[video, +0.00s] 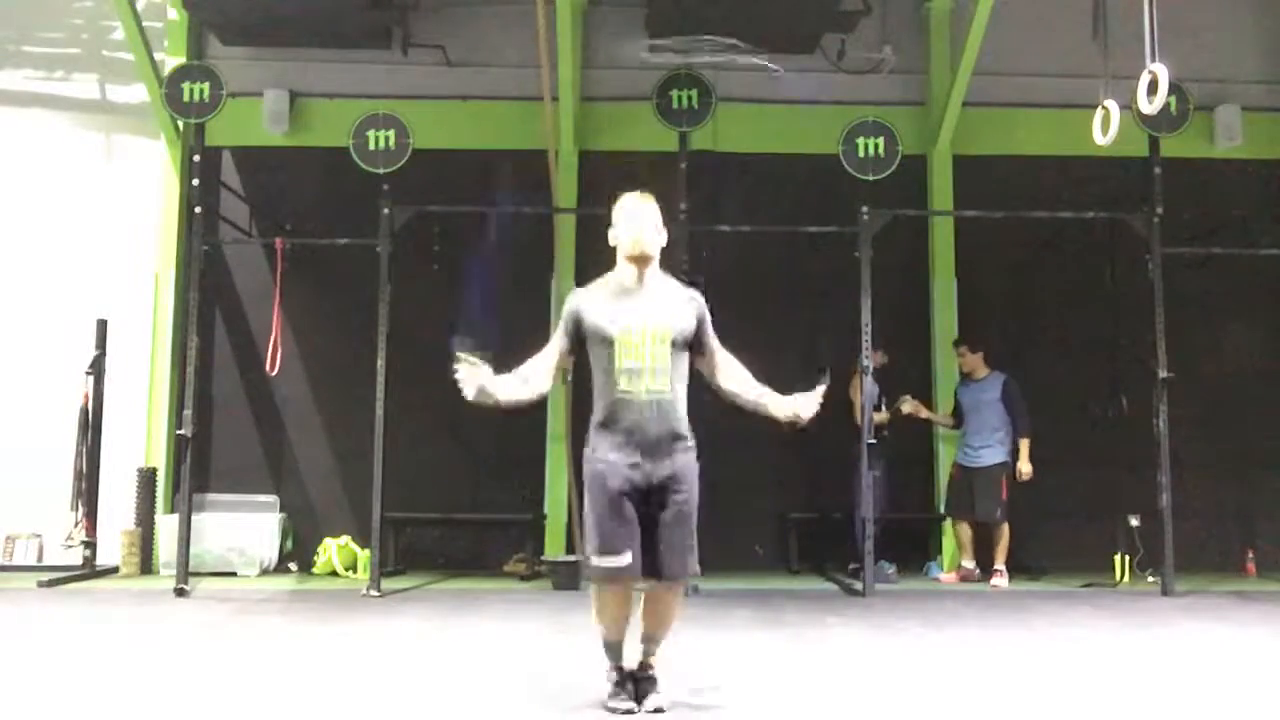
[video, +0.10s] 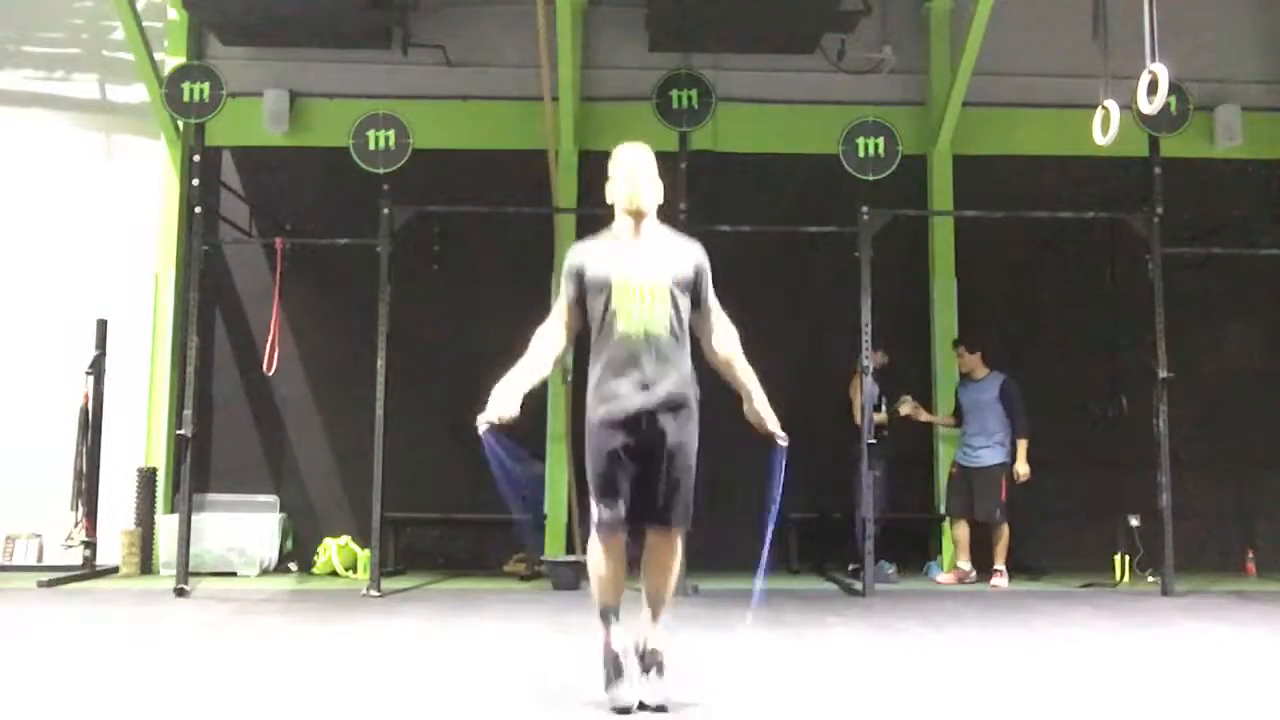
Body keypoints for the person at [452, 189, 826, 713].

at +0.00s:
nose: (643, 231)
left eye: (651, 223)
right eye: (633, 222)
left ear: (664, 233)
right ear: (613, 234)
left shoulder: (688, 302)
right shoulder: (584, 302)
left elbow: (723, 369)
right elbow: (544, 370)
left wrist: (781, 405)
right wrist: (493, 385)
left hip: (675, 451)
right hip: (610, 451)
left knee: (671, 573)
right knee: (614, 568)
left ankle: (647, 667)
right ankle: (618, 669)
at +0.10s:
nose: (635, 184)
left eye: (643, 175)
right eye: (625, 175)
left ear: (659, 186)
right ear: (609, 187)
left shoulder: (689, 254)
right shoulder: (584, 256)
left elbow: (717, 334)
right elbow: (557, 332)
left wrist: (754, 394)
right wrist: (512, 387)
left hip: (674, 404)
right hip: (610, 405)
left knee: (667, 527)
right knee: (609, 525)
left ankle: (651, 640)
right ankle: (610, 638)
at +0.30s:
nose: (639, 150)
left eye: (646, 142)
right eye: (628, 142)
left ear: (661, 153)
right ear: (609, 154)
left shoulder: (689, 221)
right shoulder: (582, 225)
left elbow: (718, 295)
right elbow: (557, 295)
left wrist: (751, 355)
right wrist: (532, 346)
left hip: (672, 365)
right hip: (608, 366)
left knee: (666, 486)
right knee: (614, 484)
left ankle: (652, 609)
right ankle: (612, 600)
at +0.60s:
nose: (640, 206)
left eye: (647, 196)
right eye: (629, 196)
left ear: (661, 206)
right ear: (610, 206)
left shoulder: (686, 275)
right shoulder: (580, 276)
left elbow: (714, 353)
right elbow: (554, 347)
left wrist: (753, 416)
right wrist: (524, 393)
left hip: (671, 429)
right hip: (606, 428)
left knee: (665, 549)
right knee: (612, 547)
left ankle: (648, 665)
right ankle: (611, 663)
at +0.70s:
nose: (635, 164)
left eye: (643, 156)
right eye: (625, 156)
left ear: (659, 165)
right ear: (608, 166)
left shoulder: (688, 232)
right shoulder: (581, 234)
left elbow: (716, 309)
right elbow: (553, 310)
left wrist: (755, 372)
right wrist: (510, 363)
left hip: (671, 378)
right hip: (605, 379)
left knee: (665, 503)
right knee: (609, 497)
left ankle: (648, 619)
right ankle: (608, 617)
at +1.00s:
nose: (642, 201)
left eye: (650, 191)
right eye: (632, 191)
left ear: (663, 202)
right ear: (612, 202)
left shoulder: (685, 269)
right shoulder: (582, 269)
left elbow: (704, 339)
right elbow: (554, 338)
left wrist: (752, 378)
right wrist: (496, 360)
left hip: (670, 421)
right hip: (603, 422)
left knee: (661, 546)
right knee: (606, 542)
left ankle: (644, 663)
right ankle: (604, 653)